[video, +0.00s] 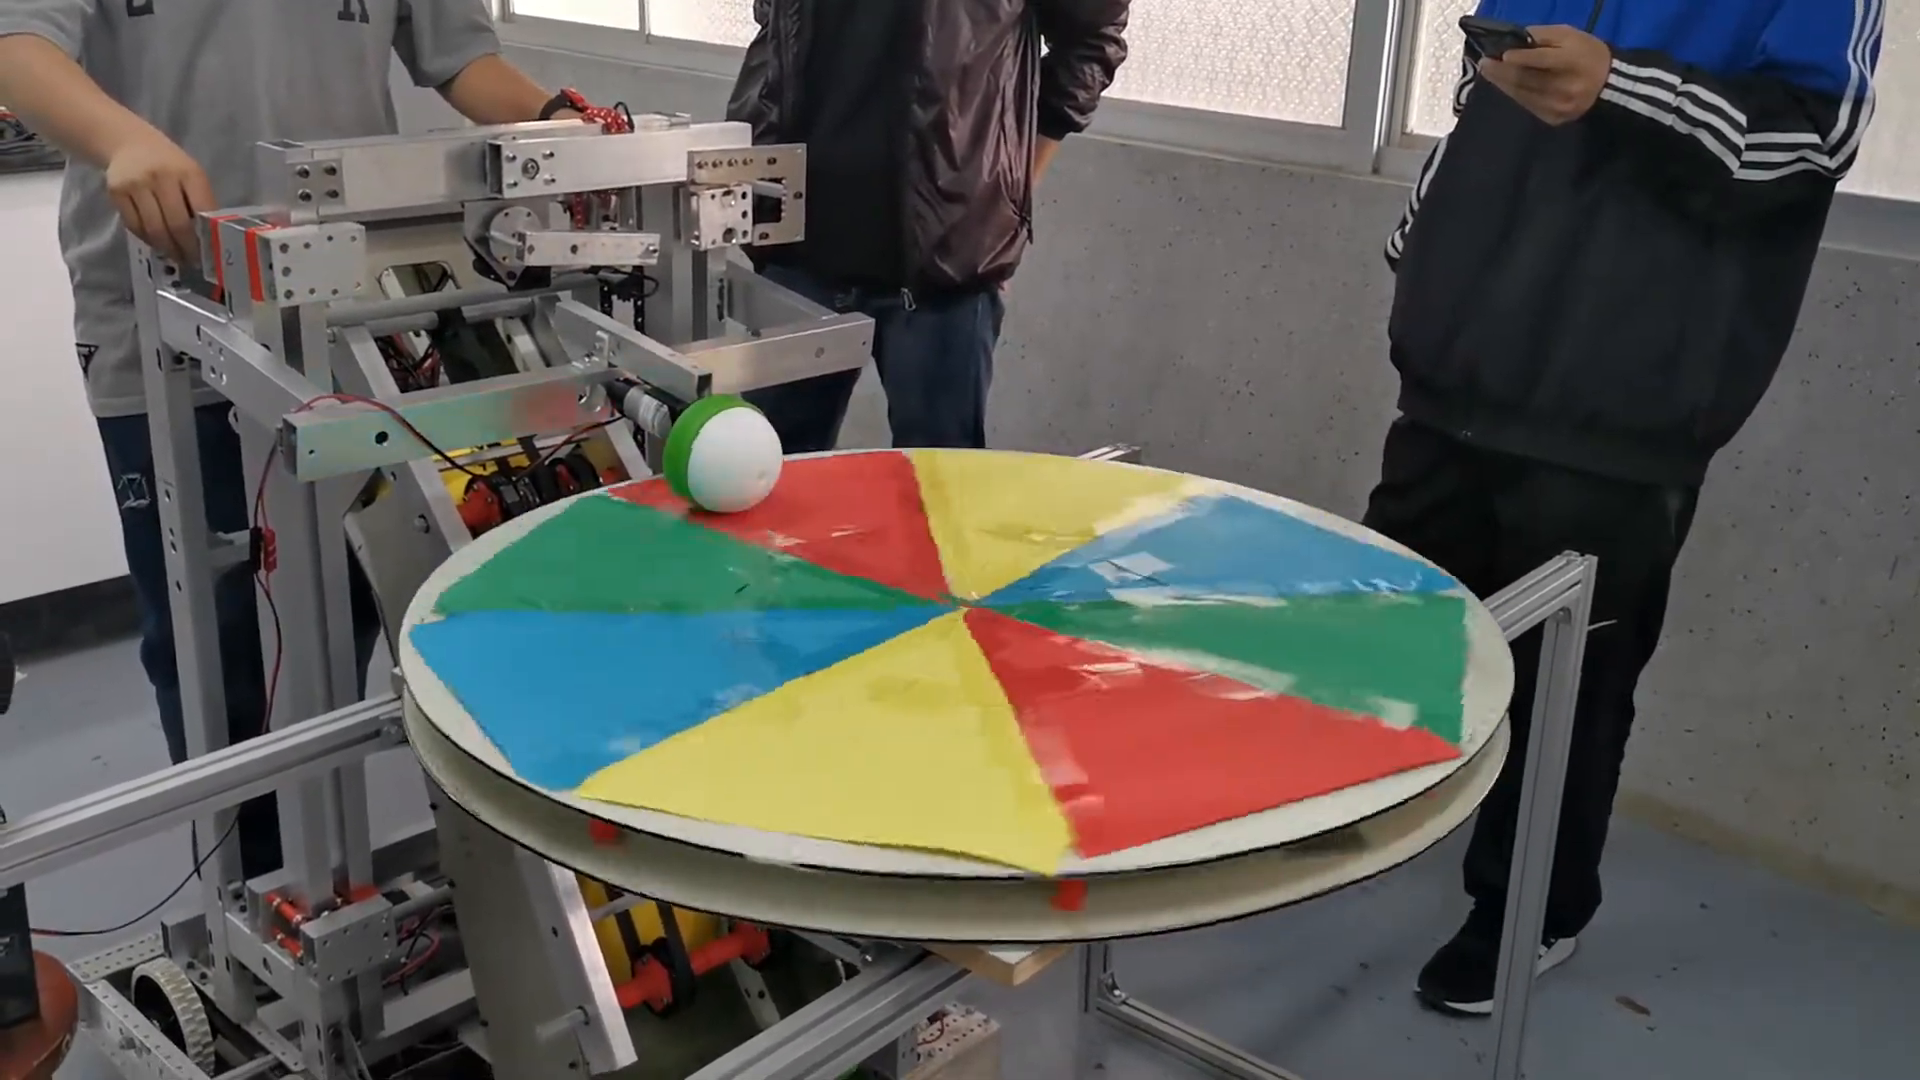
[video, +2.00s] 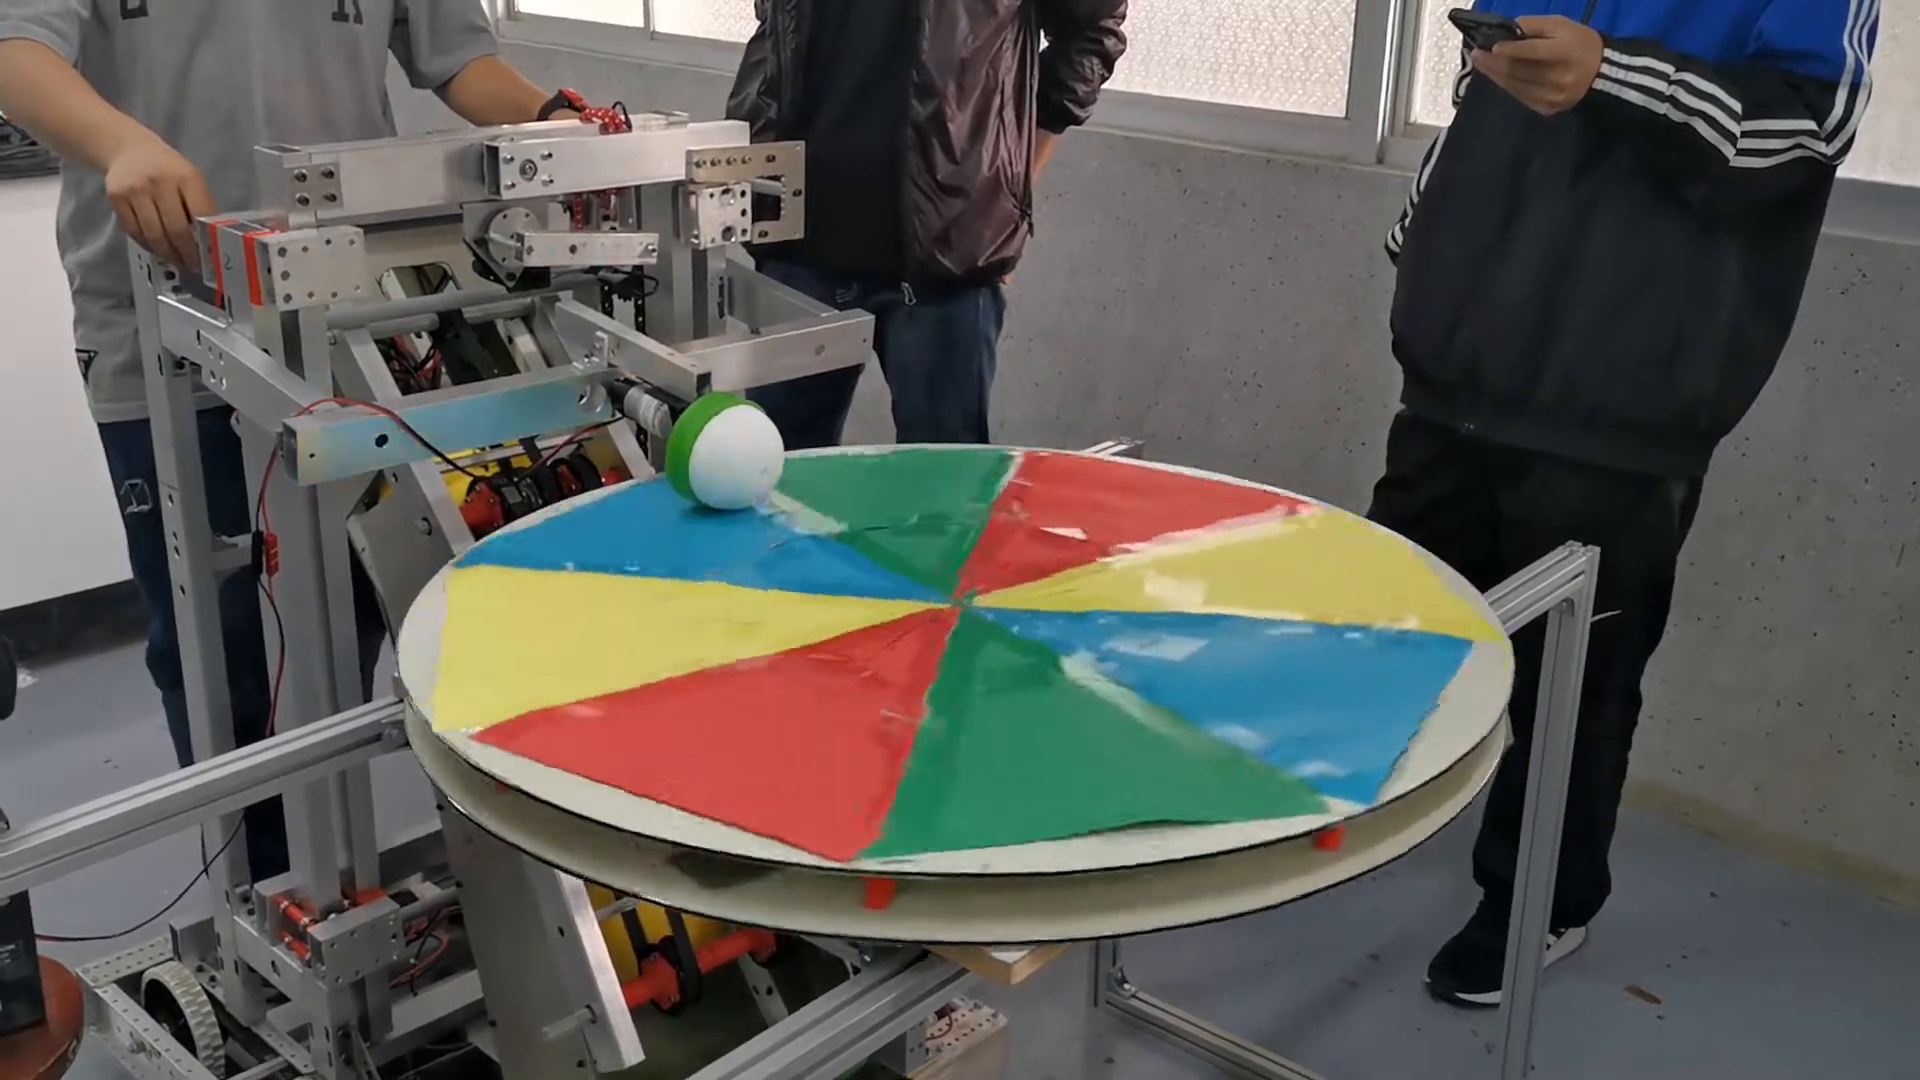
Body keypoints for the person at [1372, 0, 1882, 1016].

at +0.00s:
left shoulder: (1819, 6)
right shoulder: (1537, 5)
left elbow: (1812, 141)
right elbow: (1487, 93)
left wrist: (1613, 86)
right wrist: (1415, 243)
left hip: (1638, 375)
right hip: (1472, 330)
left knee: (1571, 667)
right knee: (1398, 615)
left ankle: (1528, 910)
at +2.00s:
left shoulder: (1815, 9)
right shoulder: (1544, 3)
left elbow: (1806, 130)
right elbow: (1488, 89)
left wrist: (1606, 74)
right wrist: (1417, 243)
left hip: (1637, 368)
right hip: (1474, 322)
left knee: (1575, 660)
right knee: (1402, 608)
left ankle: (1537, 901)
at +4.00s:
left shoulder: (1825, 9)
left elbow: (1814, 127)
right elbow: (1501, 60)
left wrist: (1613, 65)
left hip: (1649, 359)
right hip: (1485, 311)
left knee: (1585, 655)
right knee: (1408, 599)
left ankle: (1548, 896)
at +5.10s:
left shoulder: (1830, 8)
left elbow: (1818, 121)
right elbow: (1507, 50)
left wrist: (1617, 57)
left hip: (1653, 350)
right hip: (1489, 303)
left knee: (1589, 649)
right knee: (1415, 597)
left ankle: (1555, 890)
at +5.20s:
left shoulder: (1830, 9)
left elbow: (1821, 120)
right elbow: (1509, 36)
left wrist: (1618, 56)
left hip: (1655, 352)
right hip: (1489, 304)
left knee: (1590, 650)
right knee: (1415, 596)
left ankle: (1555, 891)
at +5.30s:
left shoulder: (1834, 9)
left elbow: (1819, 122)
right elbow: (1510, 42)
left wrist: (1620, 56)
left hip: (1657, 352)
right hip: (1491, 304)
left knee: (1593, 649)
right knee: (1414, 599)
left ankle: (1557, 891)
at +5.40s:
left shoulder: (1834, 10)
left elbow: (1825, 120)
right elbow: (1511, 49)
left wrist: (1622, 55)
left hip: (1656, 352)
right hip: (1491, 304)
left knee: (1593, 649)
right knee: (1416, 600)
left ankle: (1556, 891)